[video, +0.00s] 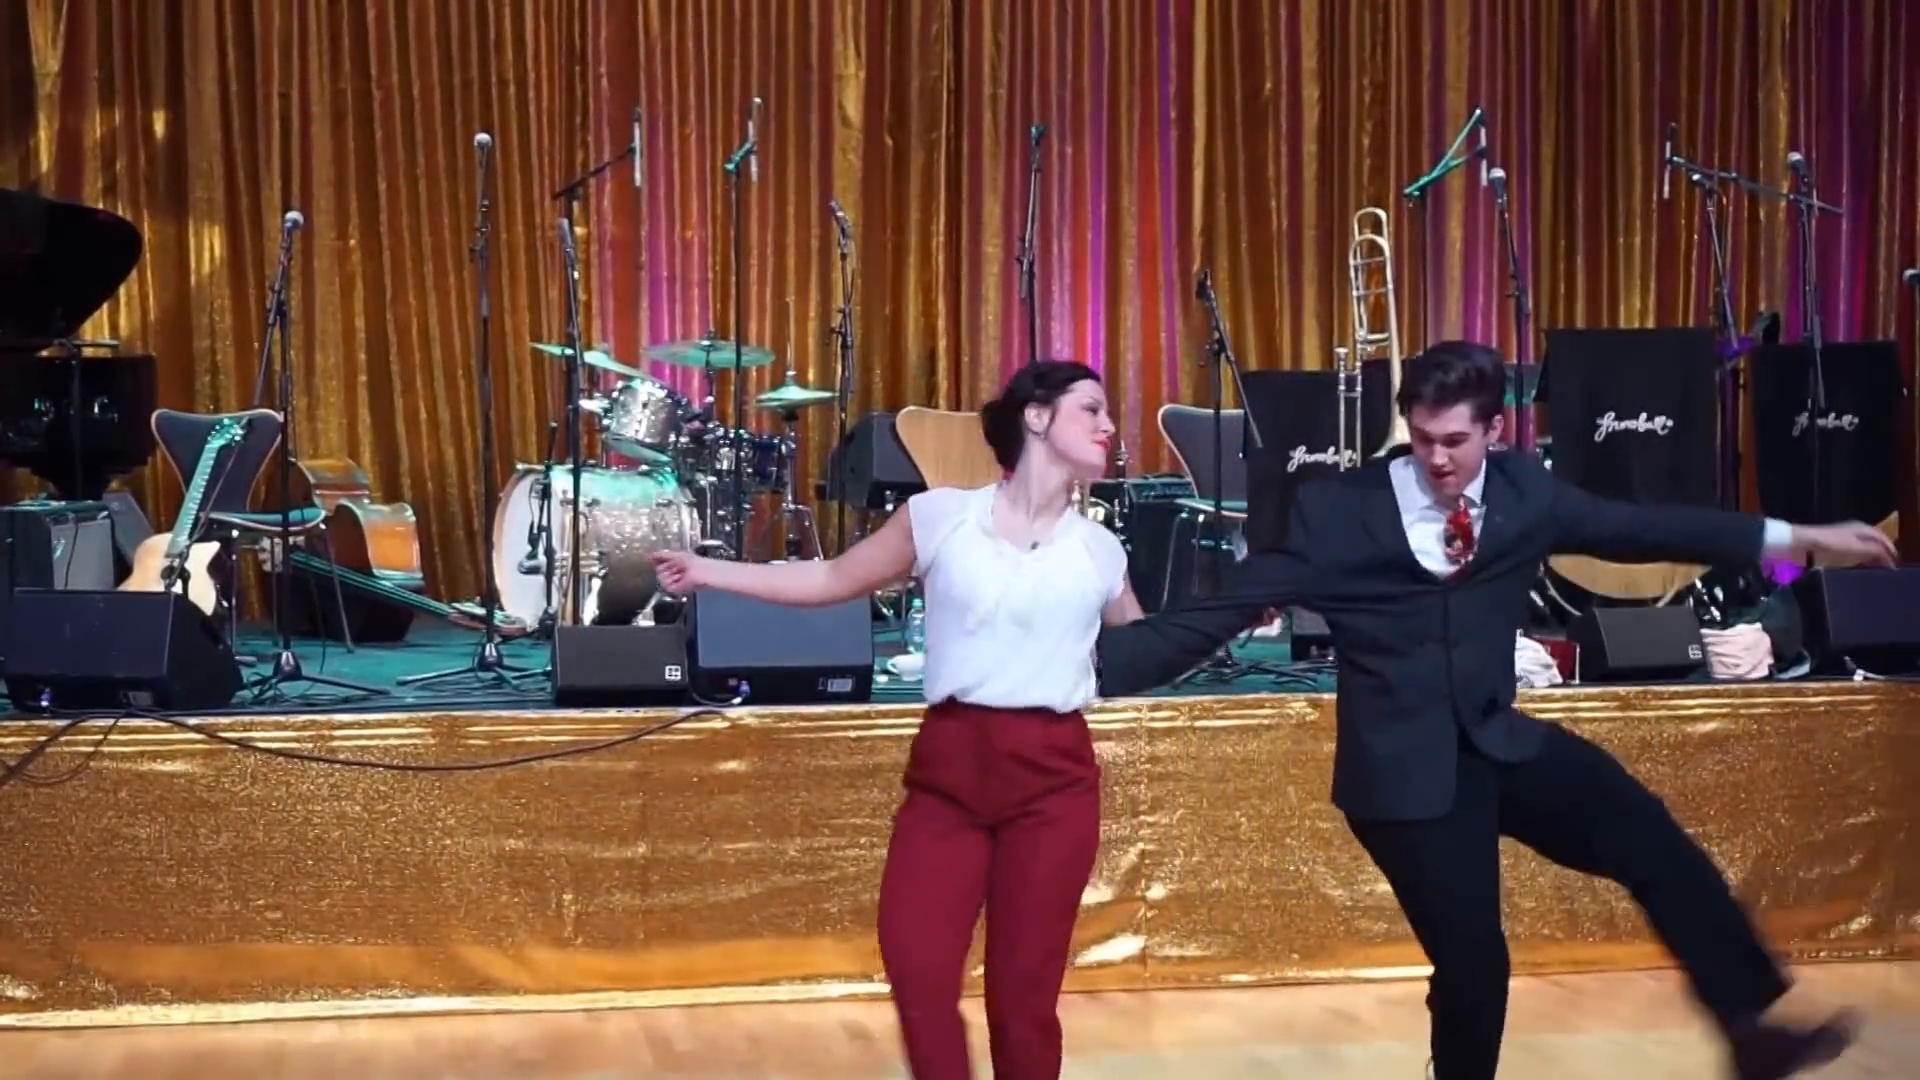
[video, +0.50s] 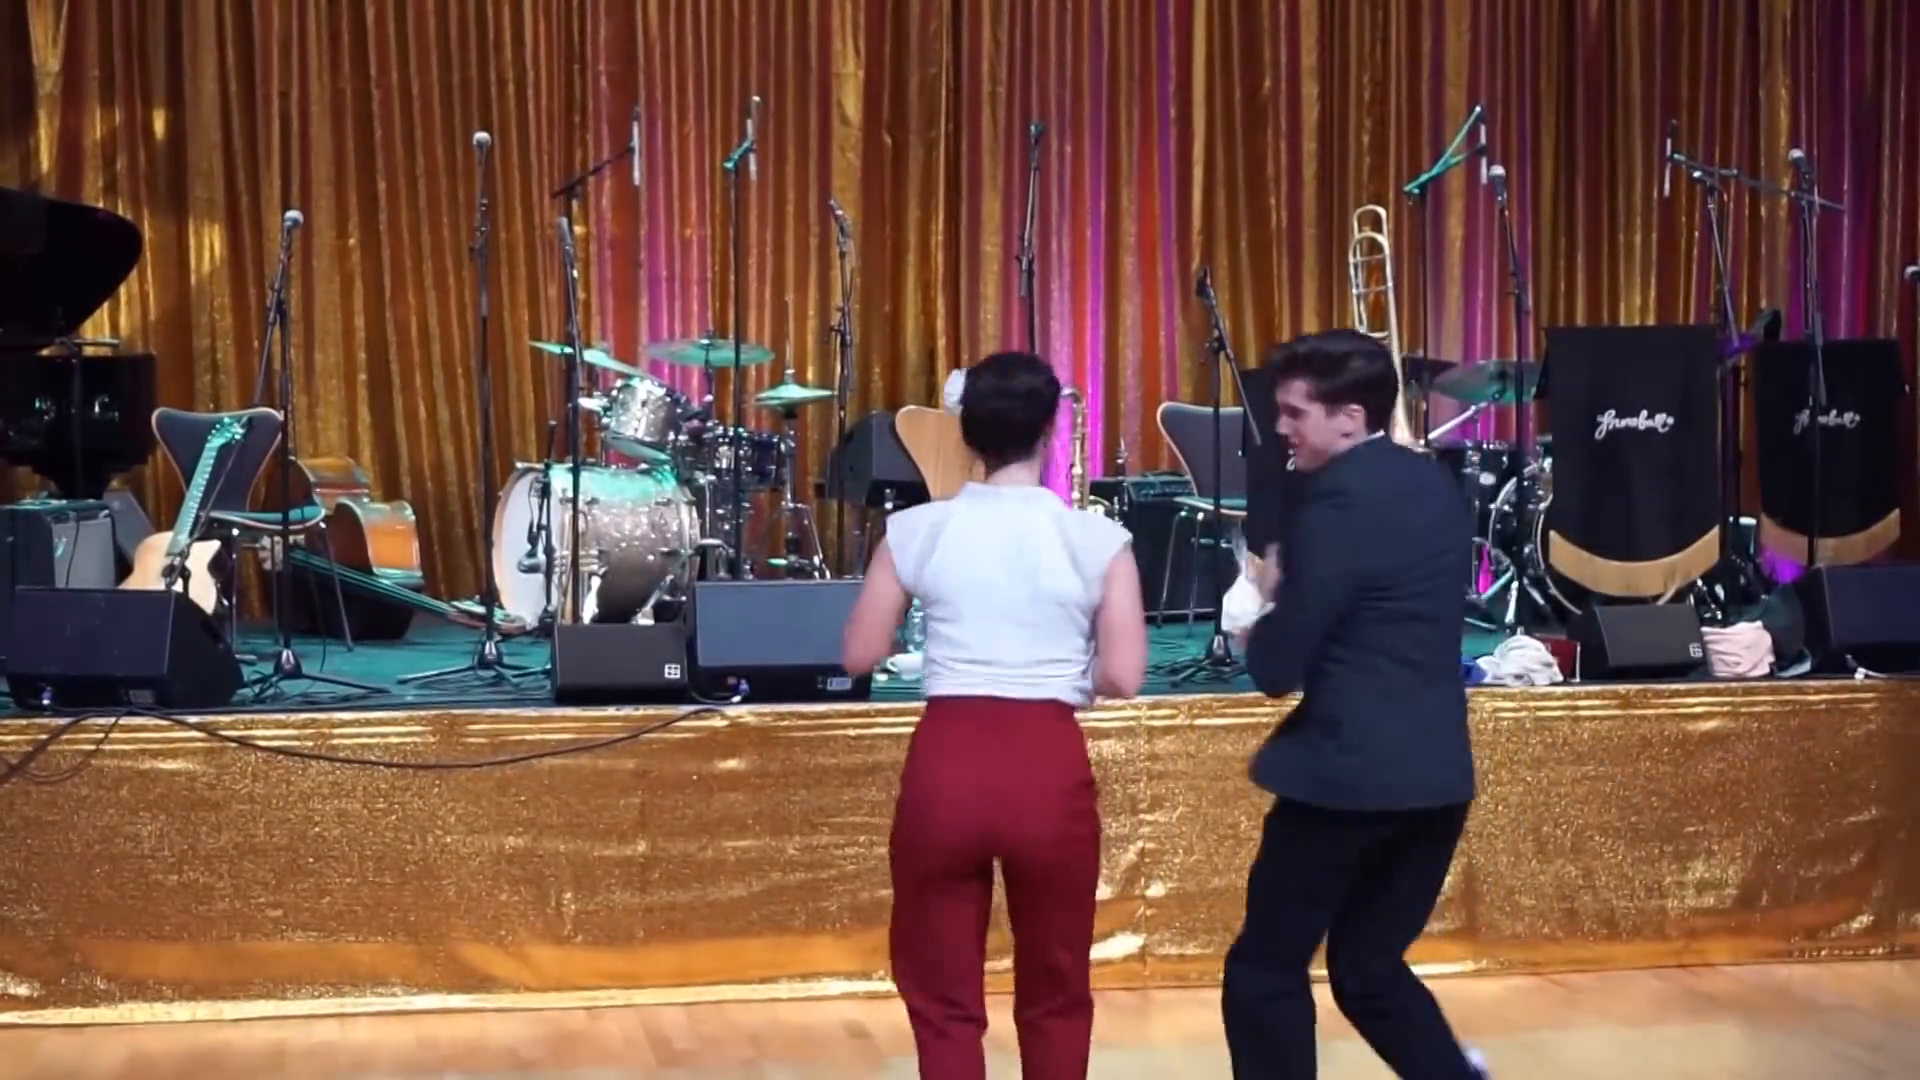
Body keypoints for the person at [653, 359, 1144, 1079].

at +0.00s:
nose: (1110, 428)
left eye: (1108, 414)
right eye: (1093, 410)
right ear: (1037, 418)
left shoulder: (1102, 553)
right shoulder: (936, 517)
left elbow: (1148, 663)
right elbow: (827, 579)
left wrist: (1232, 615)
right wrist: (705, 571)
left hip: (1055, 788)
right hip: (945, 783)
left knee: (1022, 1005)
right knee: (919, 984)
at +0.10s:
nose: (1110, 425)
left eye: (1106, 410)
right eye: (1095, 408)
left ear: (1057, 417)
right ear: (1043, 414)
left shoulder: (1095, 541)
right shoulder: (936, 509)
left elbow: (1148, 648)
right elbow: (824, 581)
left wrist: (1232, 589)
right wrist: (714, 560)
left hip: (1047, 774)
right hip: (944, 771)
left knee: (1004, 996)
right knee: (1005, 997)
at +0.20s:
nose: (1098, 442)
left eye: (1093, 428)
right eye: (1084, 428)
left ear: (1049, 441)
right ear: (1036, 438)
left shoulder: (1079, 562)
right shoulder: (938, 540)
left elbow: (1146, 661)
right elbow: (848, 633)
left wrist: (1239, 602)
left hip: (1038, 804)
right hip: (952, 802)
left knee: (1000, 1017)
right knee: (1056, 1015)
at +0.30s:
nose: (1088, 453)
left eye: (1084, 438)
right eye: (1077, 438)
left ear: (1037, 451)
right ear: (1035, 450)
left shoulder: (1039, 564)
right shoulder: (969, 553)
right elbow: (946, 672)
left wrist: (1088, 617)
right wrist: (1062, 637)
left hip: (1014, 810)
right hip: (965, 815)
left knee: (1000, 1016)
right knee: (1078, 1010)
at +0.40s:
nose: (1079, 439)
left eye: (1076, 424)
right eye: (1070, 424)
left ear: (1000, 442)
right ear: (1033, 437)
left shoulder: (947, 548)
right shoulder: (1042, 546)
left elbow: (936, 659)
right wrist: (1136, 651)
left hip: (922, 794)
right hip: (1000, 806)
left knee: (973, 1006)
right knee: (1072, 999)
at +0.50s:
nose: (1059, 424)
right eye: (1057, 414)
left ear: (966, 430)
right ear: (1050, 428)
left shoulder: (915, 530)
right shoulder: (1097, 537)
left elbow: (859, 654)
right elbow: (1123, 677)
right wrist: (1058, 659)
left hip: (946, 753)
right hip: (1049, 757)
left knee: (943, 1005)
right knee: (1055, 996)